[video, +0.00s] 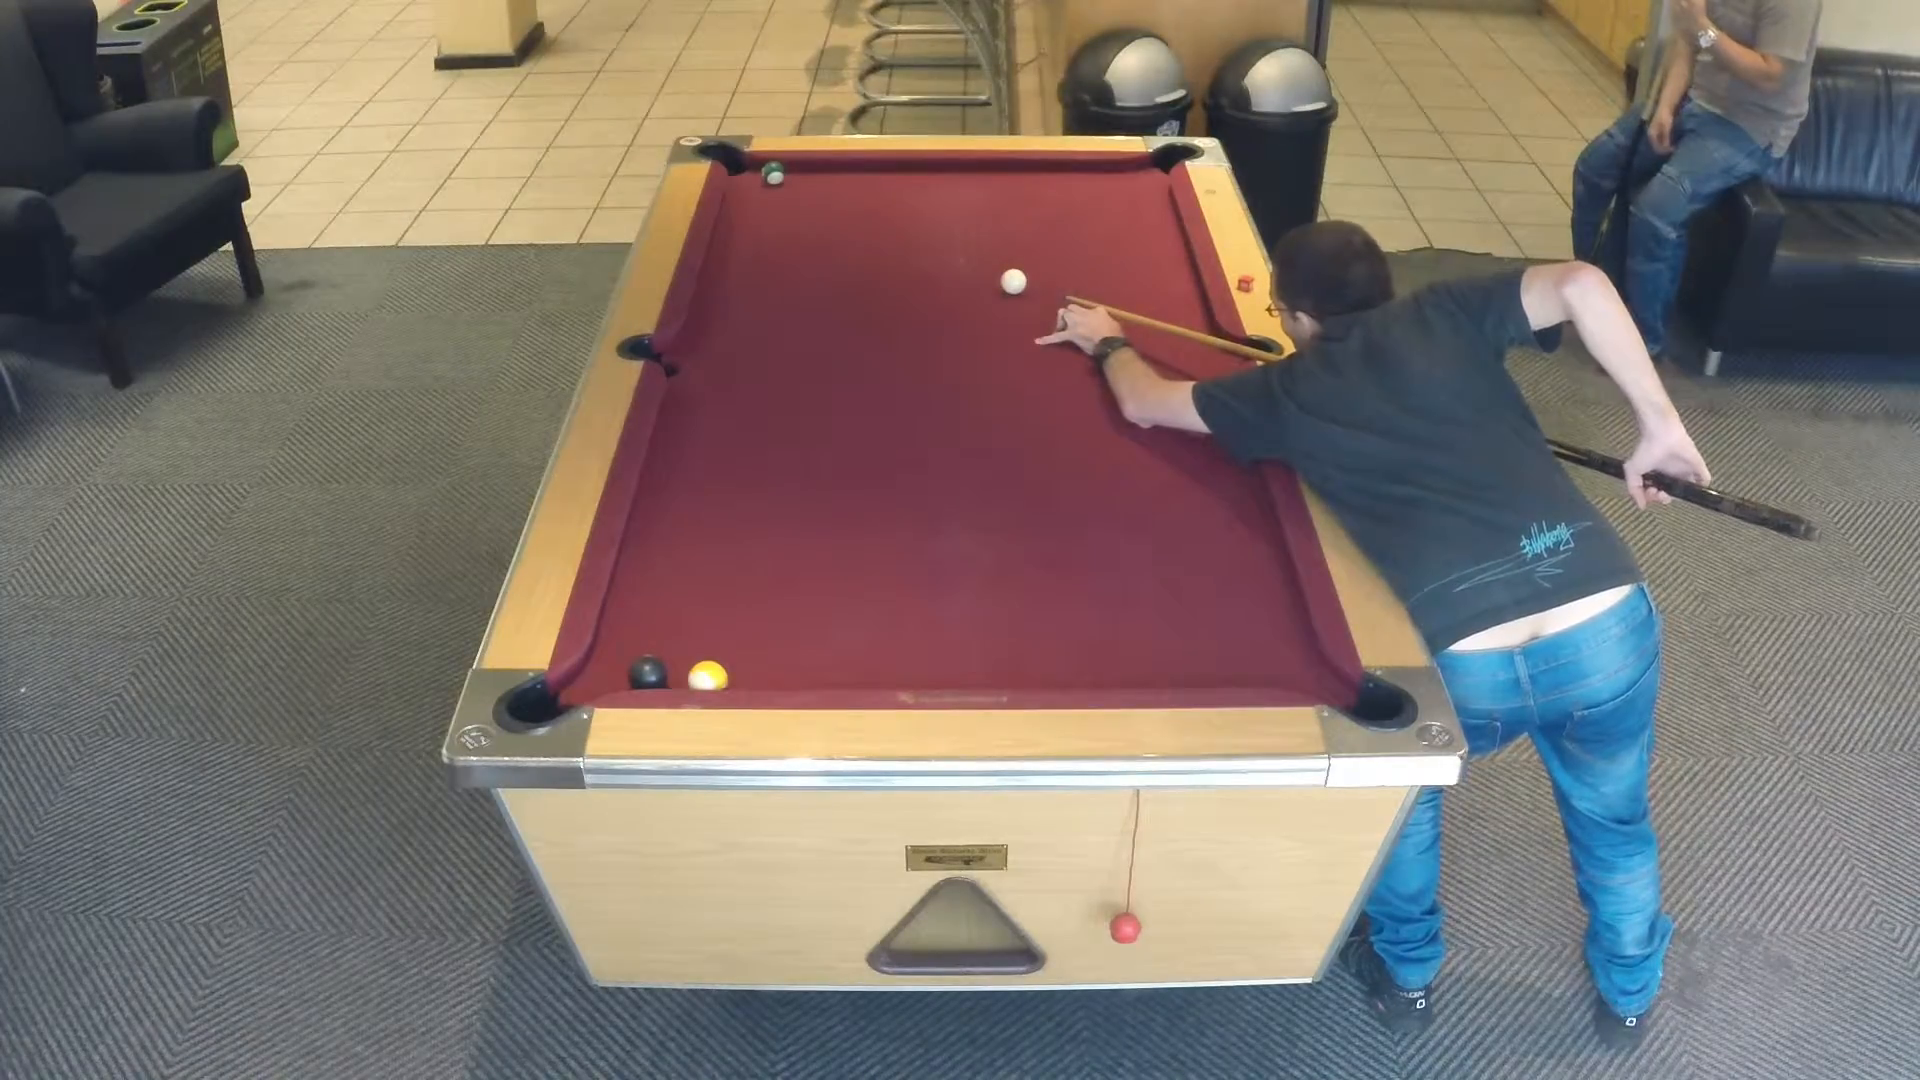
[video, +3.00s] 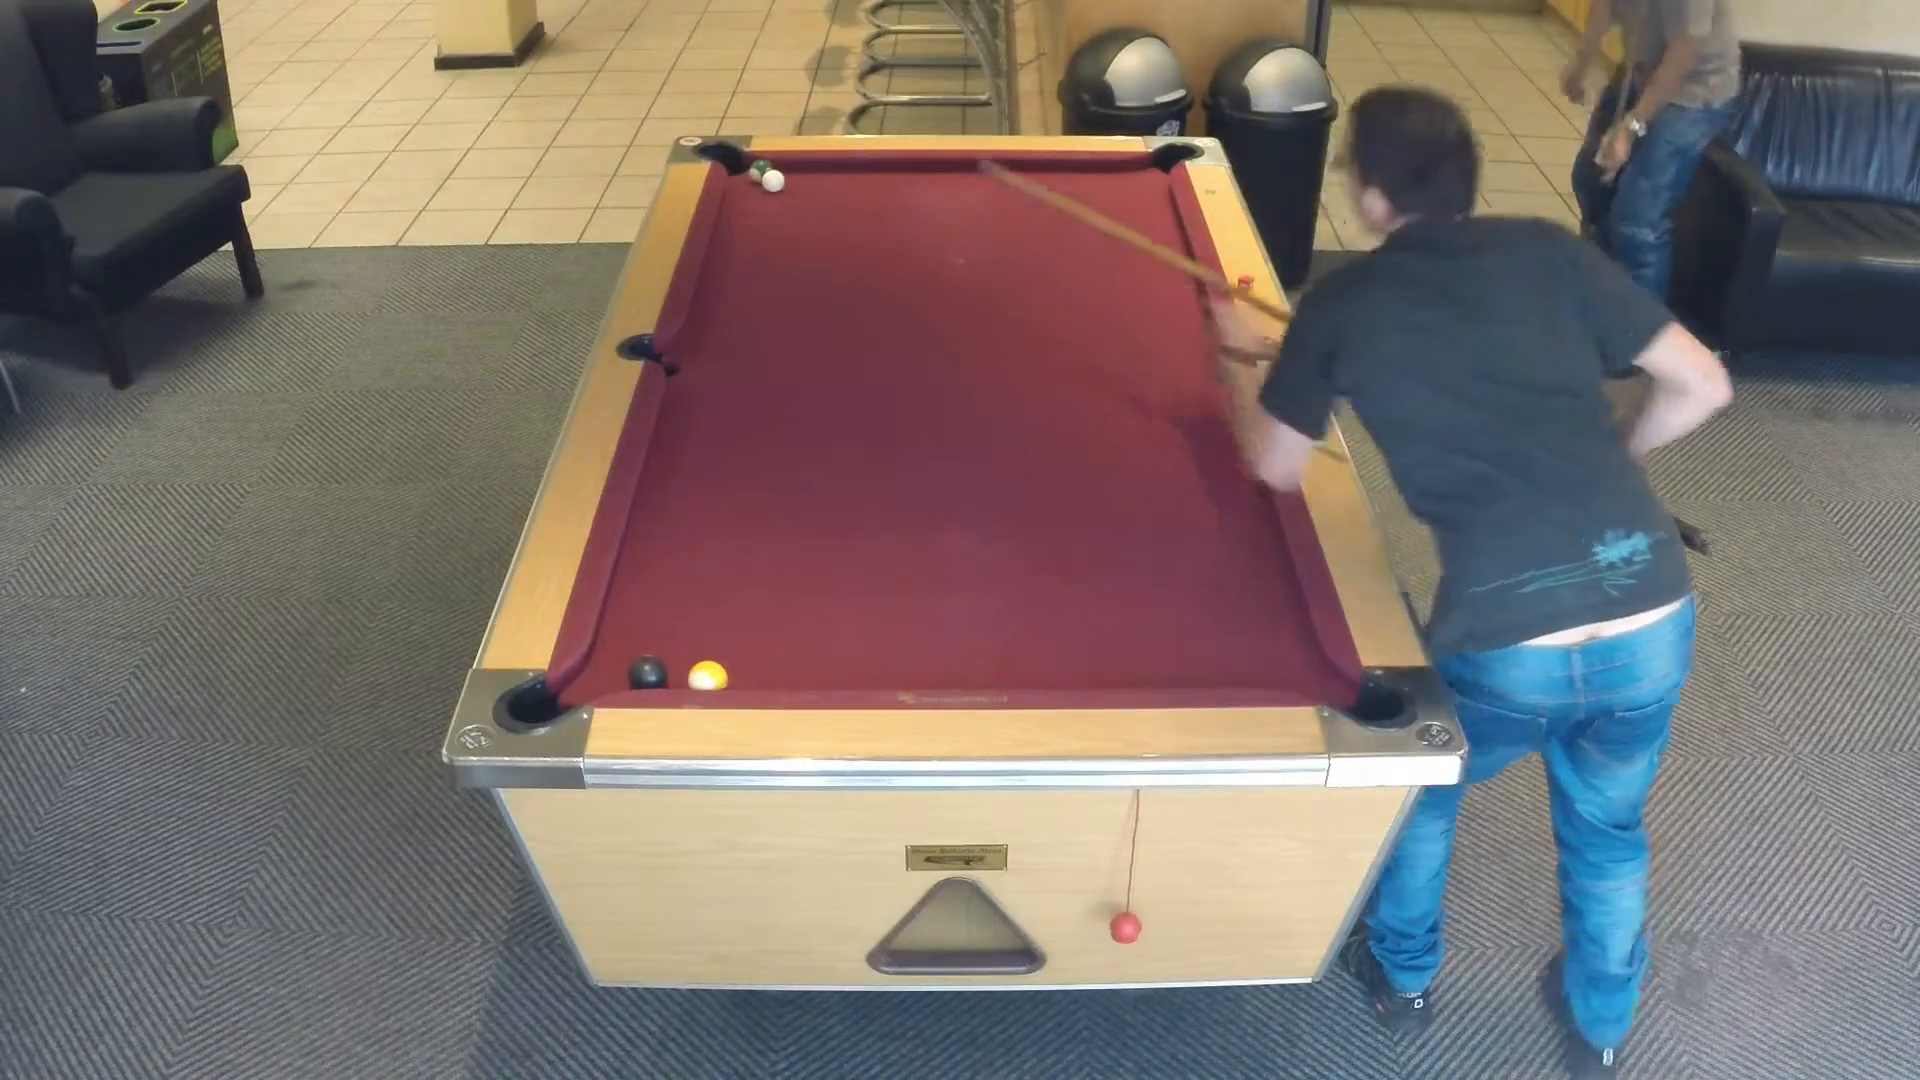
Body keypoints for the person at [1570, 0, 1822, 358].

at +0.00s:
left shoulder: (1792, 6)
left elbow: (1770, 75)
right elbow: (1684, 44)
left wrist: (1703, 29)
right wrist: (1665, 107)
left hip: (1747, 126)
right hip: (1689, 102)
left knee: (1655, 209)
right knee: (1594, 170)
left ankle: (1642, 345)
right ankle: (1589, 302)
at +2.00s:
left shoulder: (1791, 6)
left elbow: (1771, 76)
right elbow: (1685, 39)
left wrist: (1702, 28)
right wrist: (1665, 105)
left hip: (1746, 126)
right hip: (1687, 102)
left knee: (1654, 210)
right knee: (1594, 168)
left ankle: (1642, 342)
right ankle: (1593, 303)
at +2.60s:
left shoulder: (1741, 6)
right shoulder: (1666, 5)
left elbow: (1734, 77)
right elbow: (1657, 51)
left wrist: (1667, 34)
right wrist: (1647, 112)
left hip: (1742, 122)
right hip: (1682, 107)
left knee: (1649, 212)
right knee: (1590, 171)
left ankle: (1636, 343)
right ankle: (1592, 309)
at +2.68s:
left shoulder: (1728, 6)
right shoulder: (1650, 5)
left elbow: (1725, 79)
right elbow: (1648, 45)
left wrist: (1652, 49)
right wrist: (1640, 109)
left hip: (1738, 114)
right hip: (1678, 101)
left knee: (1646, 213)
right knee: (1591, 172)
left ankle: (1634, 343)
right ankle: (1593, 307)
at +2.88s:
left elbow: (1694, 67)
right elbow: (1620, 11)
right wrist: (1607, 89)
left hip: (1718, 93)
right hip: (1659, 79)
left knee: (1639, 221)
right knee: (1593, 176)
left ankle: (1634, 344)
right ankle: (1594, 304)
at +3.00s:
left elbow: (1686, 47)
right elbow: (1606, 6)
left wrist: (1632, 126)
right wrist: (1584, 60)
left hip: (1699, 87)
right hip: (1643, 70)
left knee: (1636, 222)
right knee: (1591, 179)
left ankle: (1640, 336)